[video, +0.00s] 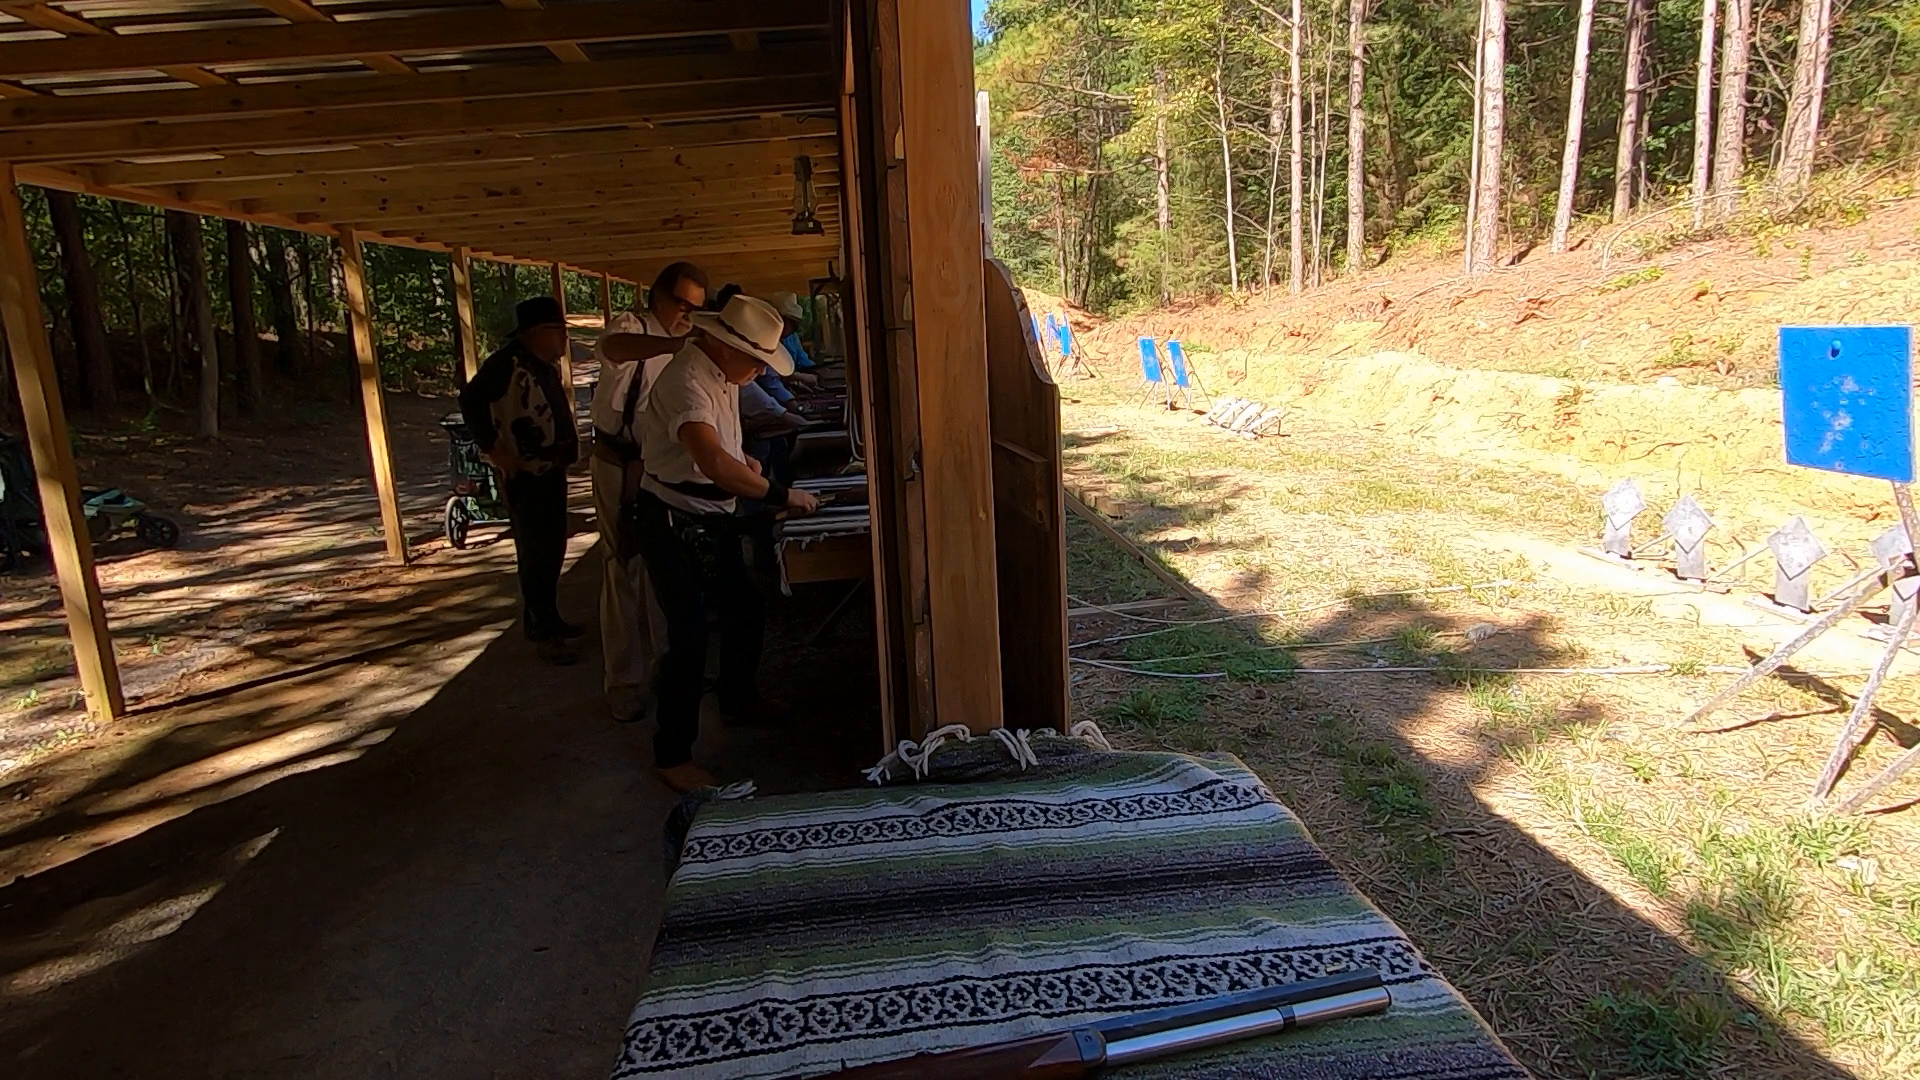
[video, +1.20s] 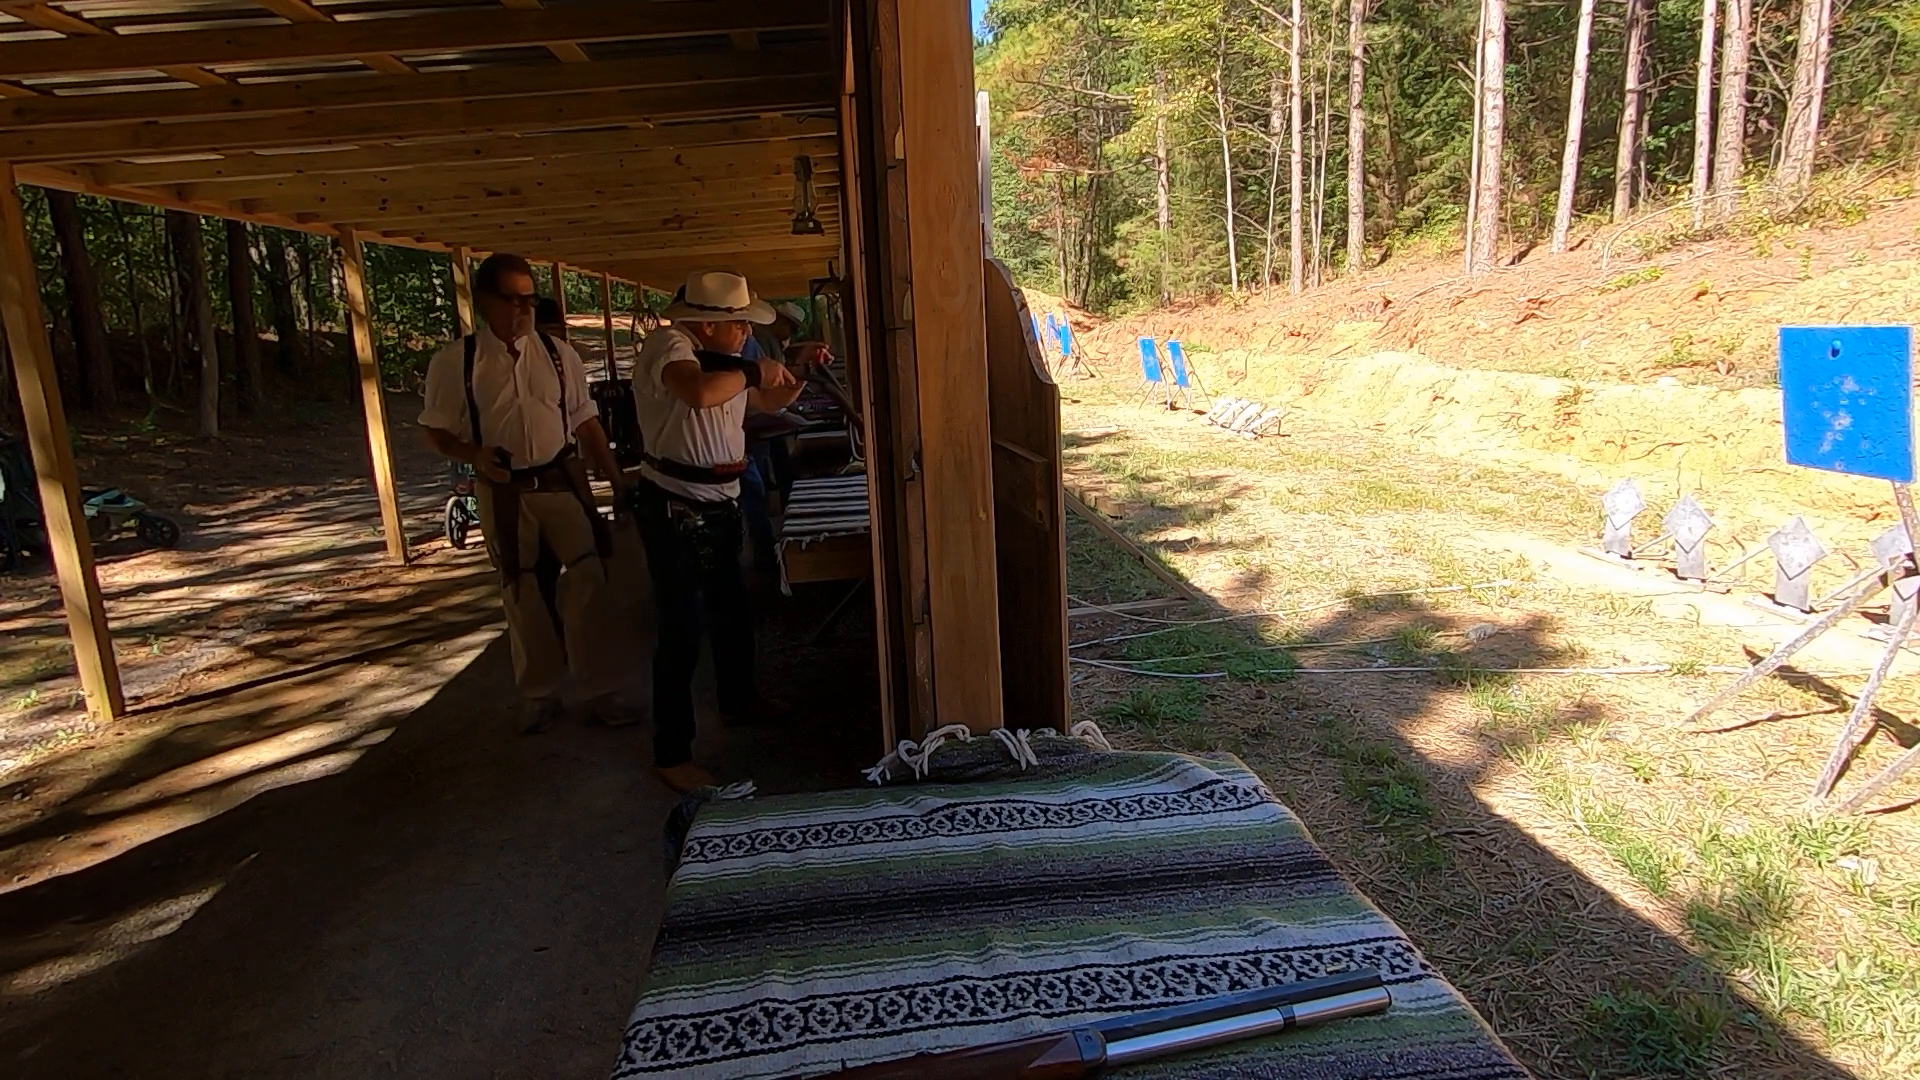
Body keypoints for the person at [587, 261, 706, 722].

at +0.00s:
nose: (687, 315)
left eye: (694, 309)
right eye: (682, 304)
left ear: (696, 310)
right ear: (657, 296)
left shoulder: (687, 344)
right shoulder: (630, 325)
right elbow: (610, 348)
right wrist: (676, 345)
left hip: (666, 462)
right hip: (617, 463)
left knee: (668, 564)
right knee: (624, 570)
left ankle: (669, 664)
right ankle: (623, 680)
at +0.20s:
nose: (683, 314)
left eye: (690, 308)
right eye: (677, 304)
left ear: (692, 310)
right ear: (651, 296)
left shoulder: (683, 344)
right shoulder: (625, 326)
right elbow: (608, 349)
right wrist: (671, 343)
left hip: (664, 459)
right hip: (615, 461)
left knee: (665, 562)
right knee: (620, 568)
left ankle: (670, 664)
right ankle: (616, 682)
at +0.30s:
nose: (675, 312)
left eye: (683, 307)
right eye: (669, 302)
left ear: (687, 308)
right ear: (643, 294)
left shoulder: (678, 341)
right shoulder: (619, 325)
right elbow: (597, 351)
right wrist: (662, 341)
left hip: (660, 459)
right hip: (609, 459)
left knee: (661, 564)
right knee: (612, 567)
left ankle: (668, 665)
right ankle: (600, 679)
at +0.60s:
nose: (636, 312)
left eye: (643, 303)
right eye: (627, 302)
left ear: (649, 303)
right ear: (601, 298)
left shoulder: (653, 344)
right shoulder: (575, 337)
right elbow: (537, 377)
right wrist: (607, 362)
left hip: (644, 473)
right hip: (584, 476)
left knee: (653, 580)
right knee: (569, 581)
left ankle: (670, 675)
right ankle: (545, 694)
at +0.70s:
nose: (615, 311)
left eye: (620, 304)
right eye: (605, 303)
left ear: (624, 304)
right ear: (577, 301)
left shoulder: (627, 351)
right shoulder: (549, 343)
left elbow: (640, 408)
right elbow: (512, 397)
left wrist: (644, 443)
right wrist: (573, 383)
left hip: (623, 475)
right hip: (567, 479)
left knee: (646, 575)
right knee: (559, 582)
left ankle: (666, 669)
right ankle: (544, 694)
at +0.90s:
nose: (568, 309)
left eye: (573, 300)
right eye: (557, 301)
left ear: (577, 301)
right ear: (528, 301)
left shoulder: (593, 354)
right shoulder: (499, 357)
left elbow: (614, 419)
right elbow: (462, 428)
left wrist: (640, 469)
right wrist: (517, 433)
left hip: (591, 480)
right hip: (533, 486)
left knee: (632, 563)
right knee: (537, 586)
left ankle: (663, 659)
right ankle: (543, 696)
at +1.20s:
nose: (525, 307)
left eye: (530, 298)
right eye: (513, 300)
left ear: (536, 299)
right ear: (483, 301)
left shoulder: (558, 353)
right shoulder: (454, 360)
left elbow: (585, 421)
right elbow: (436, 432)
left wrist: (614, 475)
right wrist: (473, 454)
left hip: (560, 481)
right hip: (502, 489)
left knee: (587, 576)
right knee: (520, 591)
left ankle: (594, 690)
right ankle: (539, 697)